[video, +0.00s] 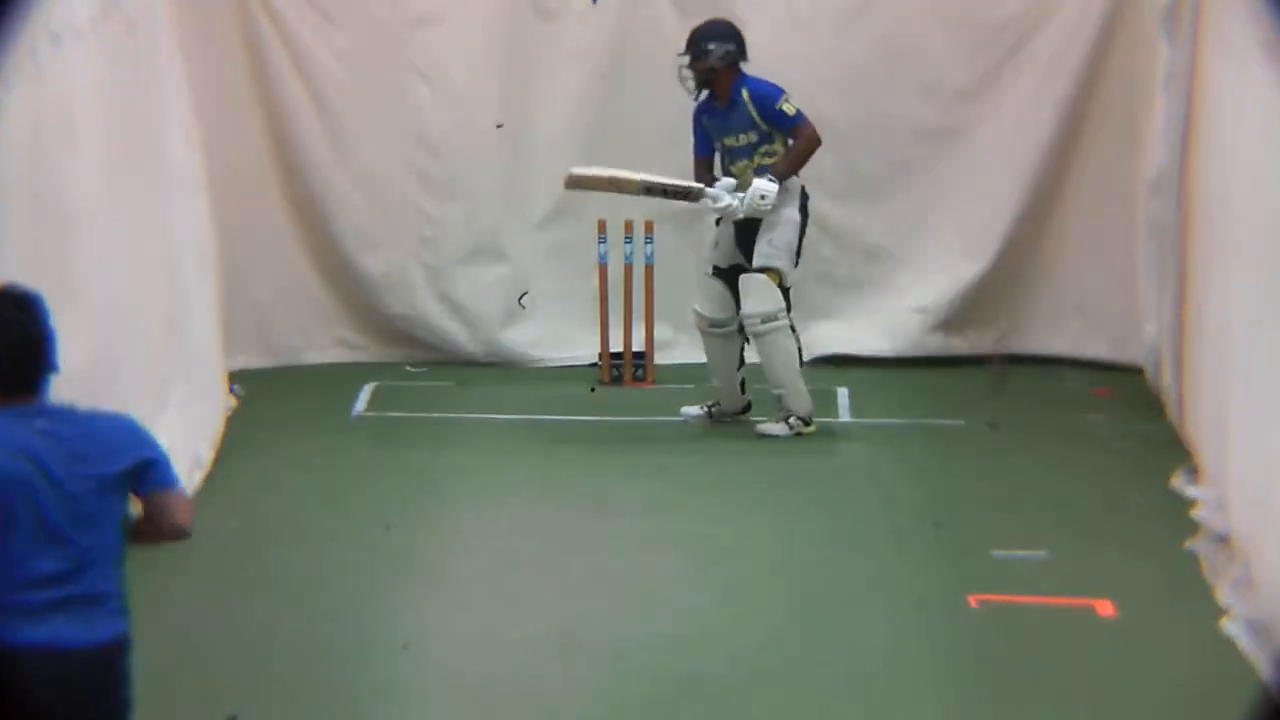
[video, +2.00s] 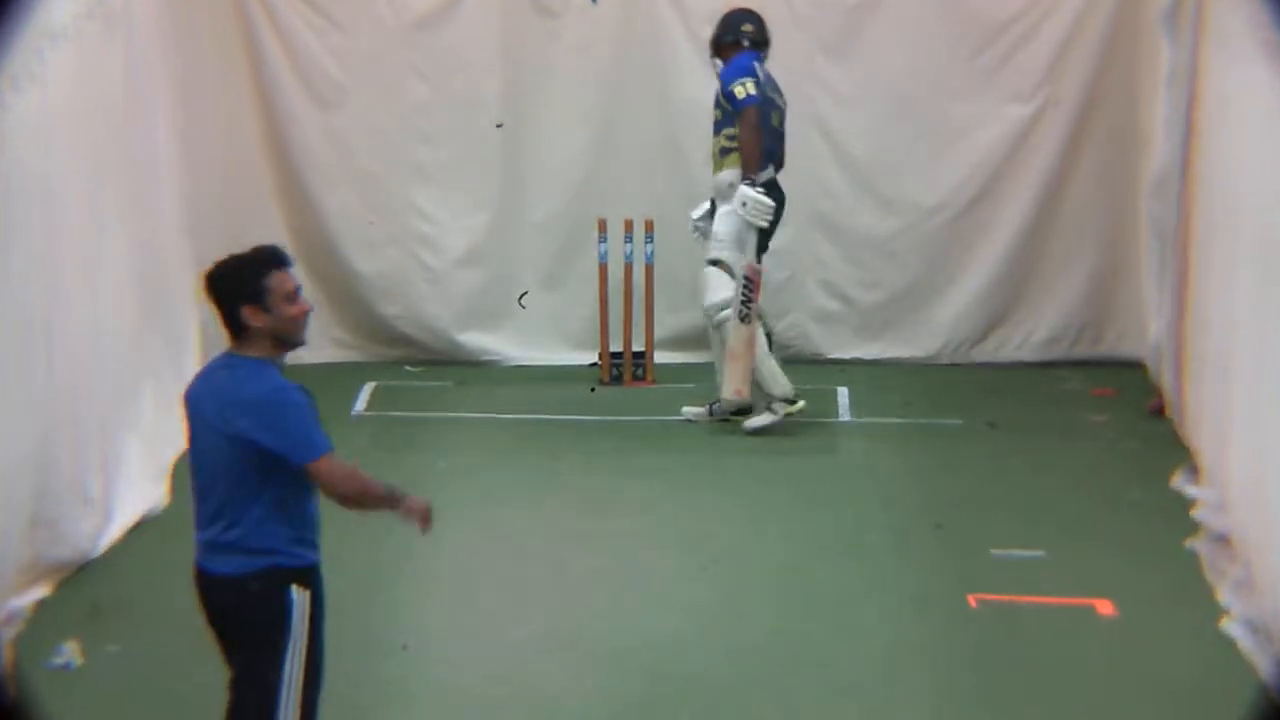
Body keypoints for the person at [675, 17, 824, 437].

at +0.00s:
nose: (691, 69)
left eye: (697, 61)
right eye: (691, 61)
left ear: (722, 59)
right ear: (715, 61)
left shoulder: (761, 95)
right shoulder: (704, 114)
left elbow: (808, 137)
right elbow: (702, 172)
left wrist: (771, 178)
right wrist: (715, 190)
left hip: (781, 204)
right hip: (736, 208)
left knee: (762, 300)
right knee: (715, 304)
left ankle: (797, 412)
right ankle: (730, 403)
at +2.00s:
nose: (715, 52)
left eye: (718, 45)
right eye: (716, 46)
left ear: (730, 41)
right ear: (756, 42)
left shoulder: (737, 67)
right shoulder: (765, 80)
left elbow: (750, 119)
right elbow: (758, 152)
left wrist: (749, 186)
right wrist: (717, 203)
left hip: (744, 195)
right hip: (756, 194)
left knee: (722, 295)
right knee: (734, 299)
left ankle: (776, 395)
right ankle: (737, 397)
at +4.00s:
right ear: (1082, 181)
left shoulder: (1009, 168)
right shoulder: (1083, 190)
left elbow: (964, 186)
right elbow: (1106, 268)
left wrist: (930, 223)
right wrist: (1107, 326)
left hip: (998, 192)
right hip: (1052, 202)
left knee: (977, 292)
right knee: (1051, 302)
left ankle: (970, 380)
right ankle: (1032, 398)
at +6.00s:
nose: (856, 54)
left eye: (861, 45)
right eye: (855, 46)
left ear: (882, 37)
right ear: (880, 39)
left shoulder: (906, 75)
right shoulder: (884, 77)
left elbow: (903, 142)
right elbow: (879, 143)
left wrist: (853, 179)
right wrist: (846, 171)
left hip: (909, 192)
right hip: (887, 190)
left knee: (867, 290)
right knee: (886, 293)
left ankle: (902, 398)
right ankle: (897, 395)